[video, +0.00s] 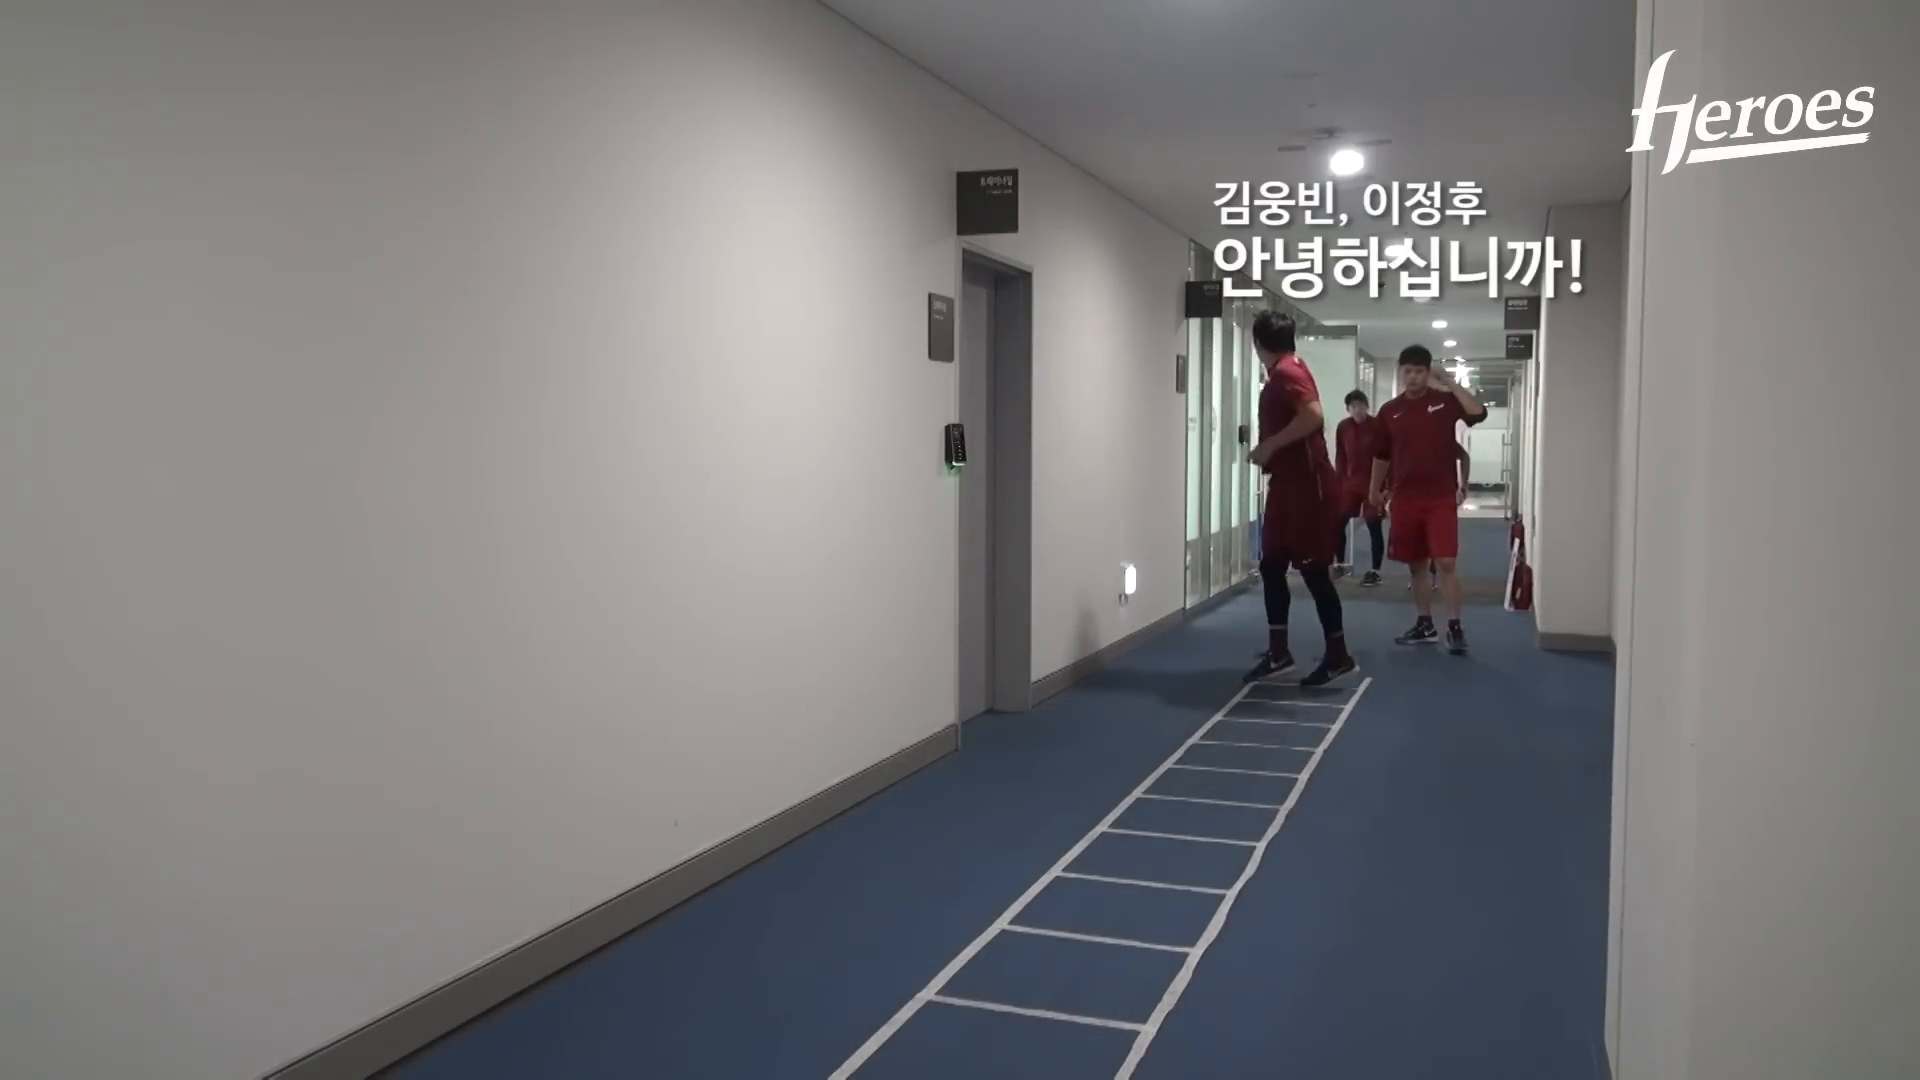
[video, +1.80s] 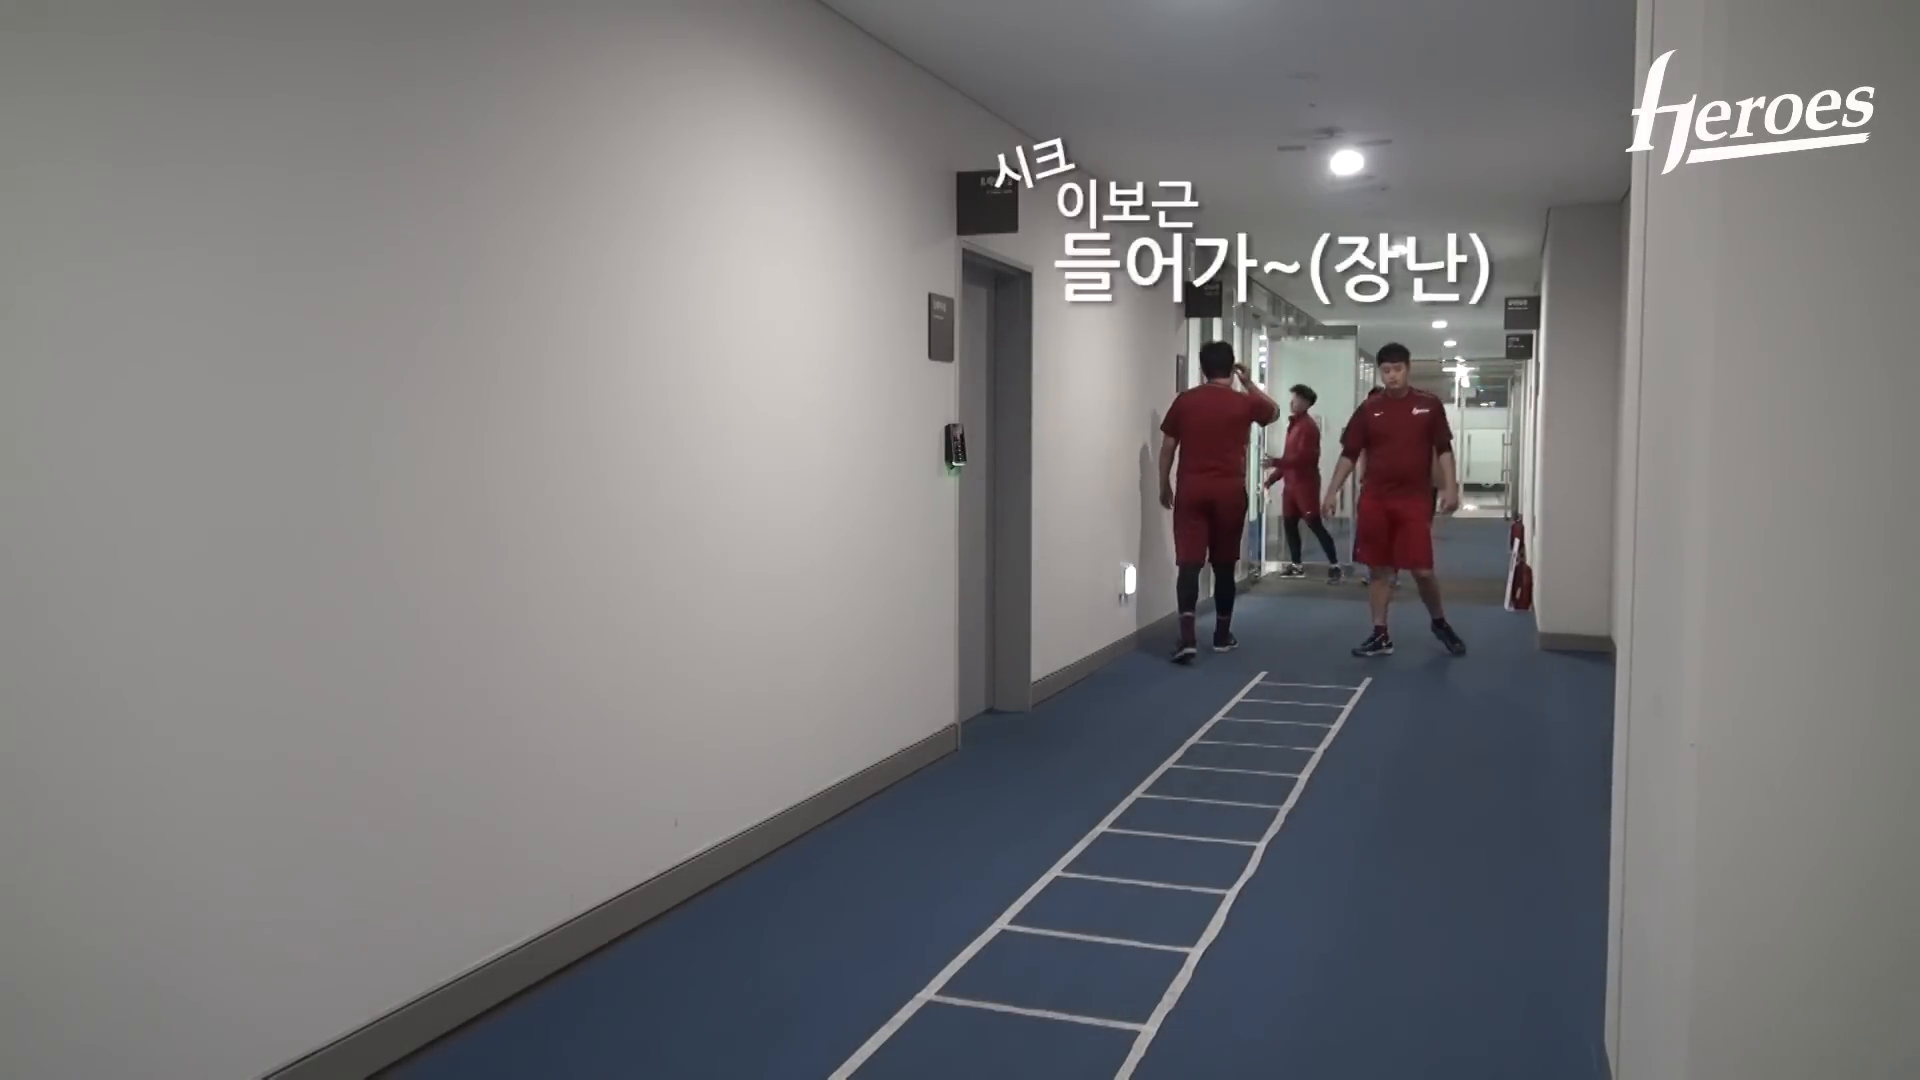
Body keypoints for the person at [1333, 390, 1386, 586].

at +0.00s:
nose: (1355, 410)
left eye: (1358, 405)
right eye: (1352, 406)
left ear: (1366, 406)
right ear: (1348, 409)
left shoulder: (1378, 425)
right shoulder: (1344, 427)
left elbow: (1385, 457)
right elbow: (1340, 455)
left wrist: (1386, 486)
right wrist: (1339, 479)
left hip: (1372, 486)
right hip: (1349, 485)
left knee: (1375, 527)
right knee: (1338, 523)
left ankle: (1375, 569)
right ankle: (1340, 563)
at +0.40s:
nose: (1337, 408)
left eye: (1340, 403)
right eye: (1333, 404)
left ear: (1345, 404)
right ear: (1326, 406)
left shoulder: (1359, 427)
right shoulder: (1322, 428)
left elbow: (1367, 457)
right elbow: (1316, 454)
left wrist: (1363, 481)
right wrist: (1319, 477)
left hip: (1353, 482)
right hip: (1330, 482)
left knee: (1358, 524)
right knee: (1326, 525)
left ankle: (1369, 567)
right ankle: (1323, 566)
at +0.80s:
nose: (1328, 436)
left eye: (1330, 432)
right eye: (1324, 432)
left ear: (1337, 426)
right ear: (1320, 430)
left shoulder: (1352, 438)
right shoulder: (1315, 441)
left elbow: (1356, 470)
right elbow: (1311, 468)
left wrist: (1342, 491)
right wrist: (1315, 490)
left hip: (1346, 491)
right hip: (1324, 490)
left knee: (1344, 527)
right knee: (1323, 528)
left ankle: (1342, 565)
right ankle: (1323, 565)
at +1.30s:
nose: (1325, 413)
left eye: (1329, 409)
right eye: (1322, 409)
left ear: (1335, 410)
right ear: (1317, 409)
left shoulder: (1345, 432)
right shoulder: (1311, 427)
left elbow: (1348, 465)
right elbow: (1306, 456)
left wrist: (1337, 488)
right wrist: (1301, 483)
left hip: (1339, 484)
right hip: (1318, 483)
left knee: (1339, 524)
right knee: (1313, 522)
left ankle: (1340, 566)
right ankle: (1317, 565)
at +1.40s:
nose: (1322, 405)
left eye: (1326, 401)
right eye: (1319, 401)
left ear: (1332, 404)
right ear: (1314, 403)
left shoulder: (1340, 429)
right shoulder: (1309, 426)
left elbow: (1342, 463)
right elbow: (1305, 456)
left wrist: (1322, 478)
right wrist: (1296, 480)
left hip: (1336, 484)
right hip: (1315, 483)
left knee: (1337, 522)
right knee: (1306, 520)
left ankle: (1340, 566)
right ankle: (1309, 563)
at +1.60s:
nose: (1311, 400)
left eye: (1316, 397)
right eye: (1309, 396)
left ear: (1322, 401)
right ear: (1305, 399)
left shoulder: (1327, 425)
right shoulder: (1302, 424)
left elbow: (1326, 455)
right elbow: (1299, 459)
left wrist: (1297, 461)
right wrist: (1283, 483)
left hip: (1325, 482)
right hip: (1306, 482)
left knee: (1329, 521)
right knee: (1299, 521)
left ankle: (1339, 567)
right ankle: (1299, 564)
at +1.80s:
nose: (1292, 403)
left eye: (1296, 400)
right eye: (1292, 399)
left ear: (1306, 403)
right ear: (1294, 401)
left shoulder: (1309, 427)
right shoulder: (1294, 425)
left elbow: (1304, 459)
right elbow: (1290, 459)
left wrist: (1277, 462)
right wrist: (1272, 479)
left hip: (1306, 483)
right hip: (1291, 481)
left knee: (1313, 522)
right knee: (1290, 522)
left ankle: (1334, 564)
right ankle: (1296, 564)